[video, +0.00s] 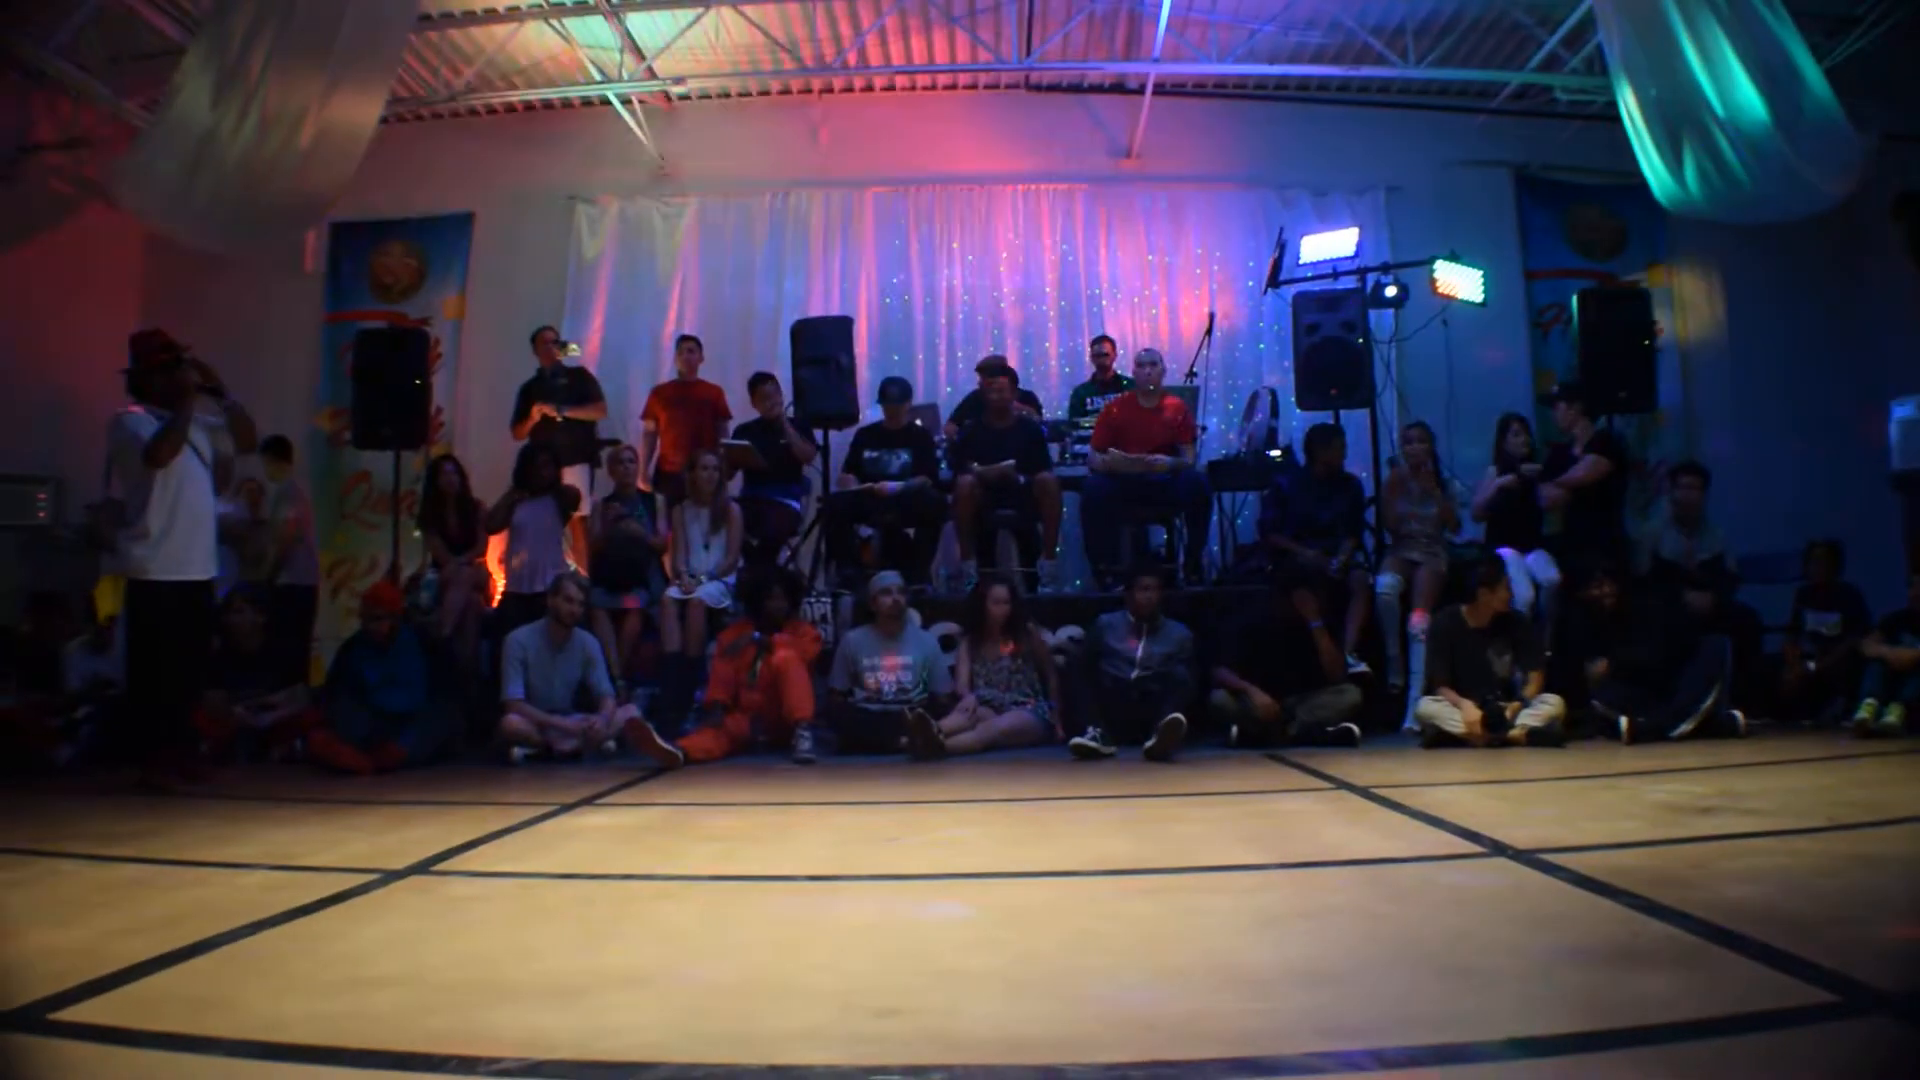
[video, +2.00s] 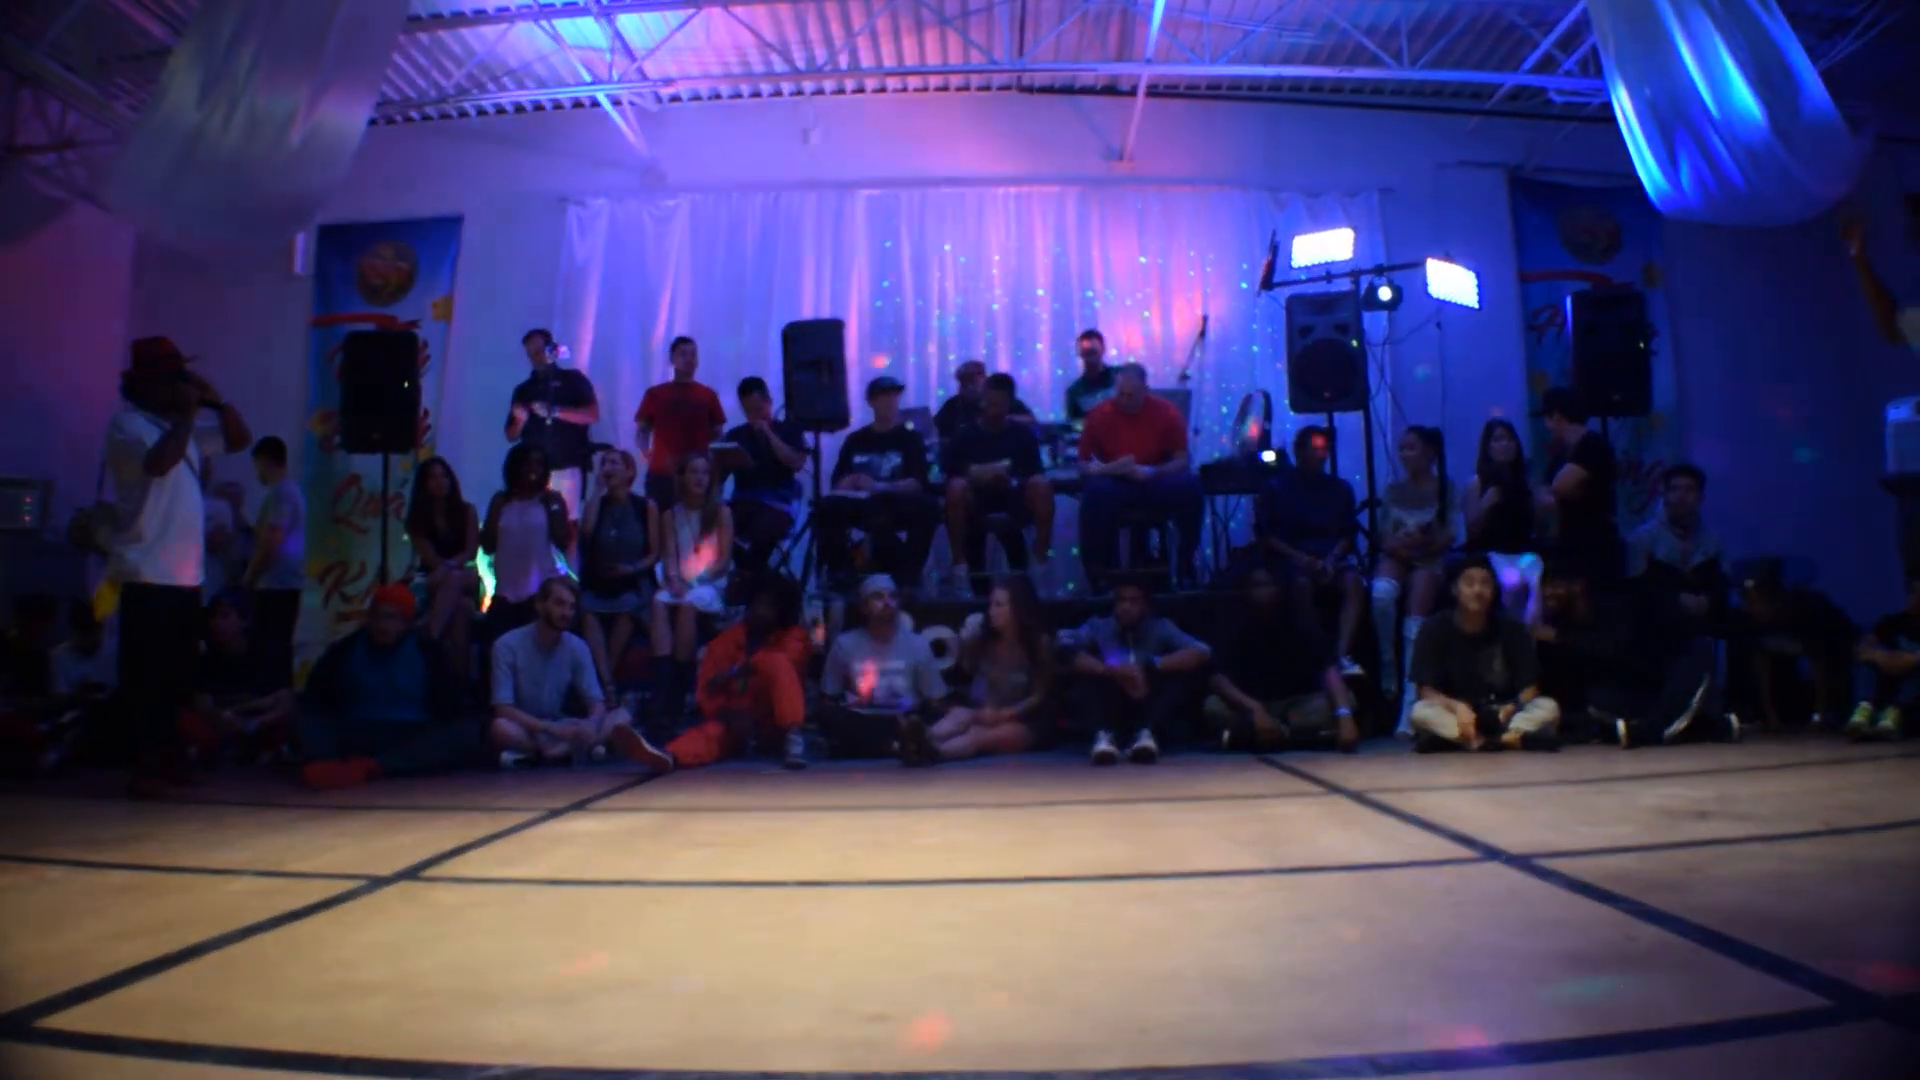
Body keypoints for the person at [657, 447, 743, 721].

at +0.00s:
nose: (709, 475)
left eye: (714, 469)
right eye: (703, 469)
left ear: (721, 475)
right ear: (692, 474)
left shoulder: (730, 510)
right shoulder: (681, 511)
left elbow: (732, 557)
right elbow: (677, 553)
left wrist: (709, 578)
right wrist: (682, 576)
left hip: (719, 576)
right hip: (689, 576)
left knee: (697, 602)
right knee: (668, 600)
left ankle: (692, 672)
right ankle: (670, 670)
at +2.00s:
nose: (700, 478)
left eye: (705, 473)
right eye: (694, 473)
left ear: (711, 479)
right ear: (682, 478)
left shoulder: (720, 513)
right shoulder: (671, 516)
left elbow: (723, 560)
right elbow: (668, 556)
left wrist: (697, 582)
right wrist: (673, 580)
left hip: (709, 581)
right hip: (678, 580)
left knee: (688, 606)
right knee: (659, 603)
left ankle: (682, 679)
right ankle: (662, 676)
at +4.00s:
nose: (700, 478)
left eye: (705, 473)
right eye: (693, 472)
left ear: (711, 478)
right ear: (682, 478)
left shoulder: (721, 513)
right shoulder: (672, 516)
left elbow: (724, 560)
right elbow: (670, 557)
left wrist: (701, 579)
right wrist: (675, 580)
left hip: (712, 580)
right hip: (680, 581)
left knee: (689, 605)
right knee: (660, 603)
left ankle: (682, 680)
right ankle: (664, 678)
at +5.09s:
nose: (683, 477)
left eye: (690, 472)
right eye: (681, 472)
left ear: (704, 478)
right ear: (678, 477)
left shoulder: (721, 514)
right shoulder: (672, 516)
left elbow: (725, 560)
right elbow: (669, 559)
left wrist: (699, 581)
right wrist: (674, 580)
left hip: (709, 580)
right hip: (679, 581)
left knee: (688, 606)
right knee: (660, 603)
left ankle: (681, 678)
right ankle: (662, 676)